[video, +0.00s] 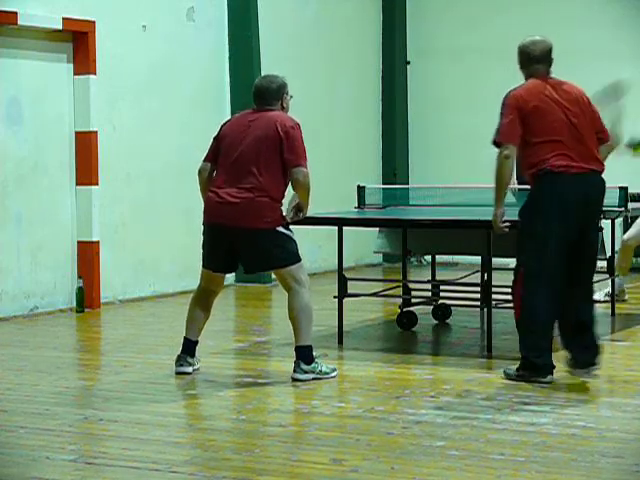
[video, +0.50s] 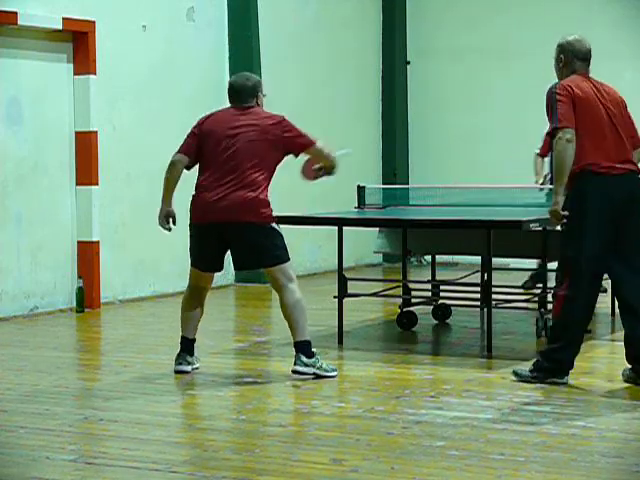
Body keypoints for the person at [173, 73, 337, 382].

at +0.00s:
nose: (290, 102)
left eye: (289, 98)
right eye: (289, 98)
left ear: (256, 100)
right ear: (282, 101)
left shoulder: (232, 123)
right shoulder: (286, 125)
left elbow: (205, 171)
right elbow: (300, 177)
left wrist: (215, 206)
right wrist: (302, 202)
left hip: (217, 219)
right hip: (262, 219)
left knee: (207, 287)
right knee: (298, 285)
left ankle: (186, 355)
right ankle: (305, 362)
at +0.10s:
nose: (288, 101)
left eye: (287, 96)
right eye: (287, 96)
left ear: (255, 99)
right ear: (281, 99)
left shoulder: (231, 122)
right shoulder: (287, 124)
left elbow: (202, 170)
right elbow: (304, 177)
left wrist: (212, 206)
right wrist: (304, 203)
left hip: (218, 219)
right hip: (263, 219)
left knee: (209, 285)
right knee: (298, 285)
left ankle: (186, 354)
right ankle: (305, 361)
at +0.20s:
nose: (283, 106)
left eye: (282, 103)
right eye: (282, 103)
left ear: (248, 105)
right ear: (276, 105)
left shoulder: (225, 128)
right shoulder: (285, 131)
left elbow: (196, 174)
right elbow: (308, 185)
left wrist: (198, 213)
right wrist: (297, 204)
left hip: (217, 221)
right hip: (262, 222)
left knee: (204, 288)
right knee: (299, 286)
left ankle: (186, 354)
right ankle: (305, 361)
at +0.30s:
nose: (276, 108)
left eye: (275, 104)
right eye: (275, 104)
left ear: (242, 105)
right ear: (270, 106)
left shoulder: (218, 130)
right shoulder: (280, 133)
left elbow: (189, 173)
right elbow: (305, 185)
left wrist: (185, 212)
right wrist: (291, 201)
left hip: (211, 220)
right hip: (256, 220)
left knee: (200, 287)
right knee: (294, 286)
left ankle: (185, 354)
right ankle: (305, 359)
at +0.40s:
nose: (269, 104)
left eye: (267, 101)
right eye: (268, 100)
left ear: (234, 102)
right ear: (264, 102)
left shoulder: (212, 126)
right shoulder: (276, 129)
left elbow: (182, 166)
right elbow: (311, 175)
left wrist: (173, 205)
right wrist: (300, 184)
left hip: (208, 217)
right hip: (252, 217)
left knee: (197, 286)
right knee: (289, 284)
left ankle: (185, 354)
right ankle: (305, 356)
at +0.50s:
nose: (265, 99)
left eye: (262, 95)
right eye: (263, 95)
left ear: (229, 98)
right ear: (259, 98)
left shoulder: (208, 123)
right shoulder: (275, 124)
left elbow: (177, 163)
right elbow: (326, 159)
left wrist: (166, 204)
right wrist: (321, 168)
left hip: (206, 216)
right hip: (252, 215)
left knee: (197, 287)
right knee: (286, 283)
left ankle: (185, 354)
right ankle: (305, 355)